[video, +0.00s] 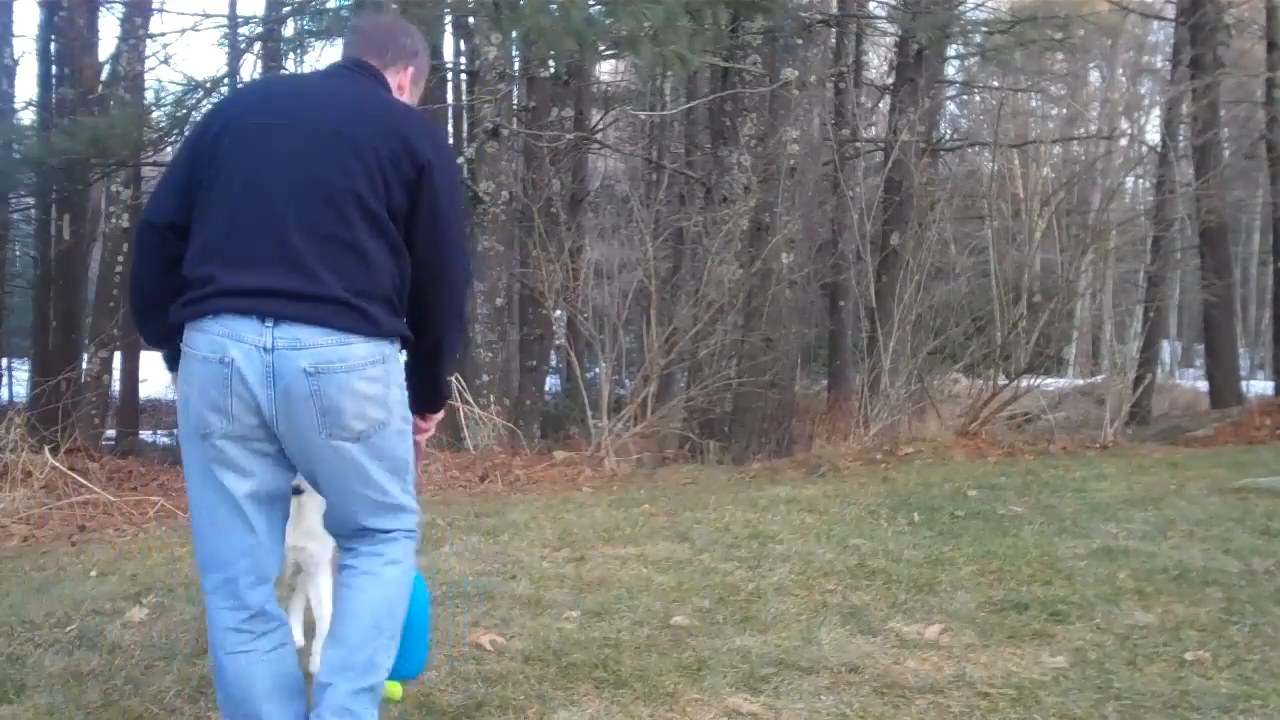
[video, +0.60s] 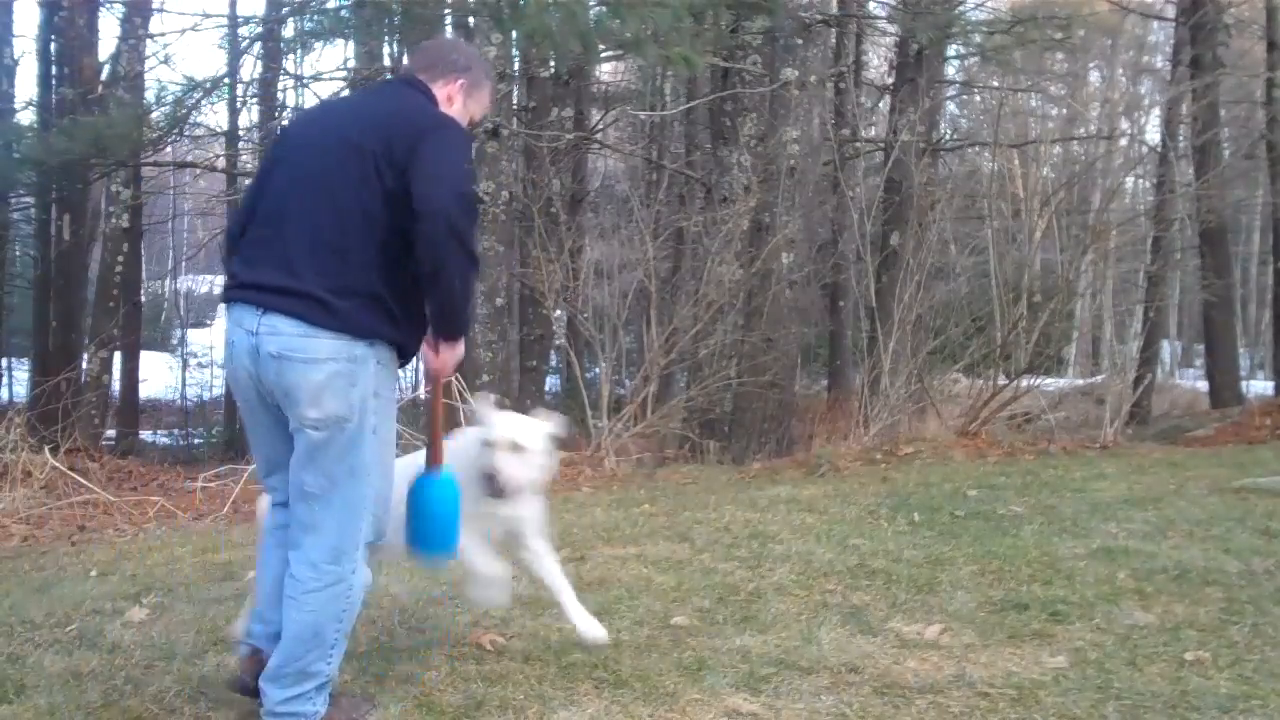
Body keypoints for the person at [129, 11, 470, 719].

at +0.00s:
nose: (419, 102)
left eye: (421, 92)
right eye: (421, 91)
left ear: (343, 61)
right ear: (403, 76)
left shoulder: (237, 105)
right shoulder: (415, 135)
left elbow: (157, 231)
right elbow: (443, 277)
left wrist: (180, 343)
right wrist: (430, 387)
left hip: (215, 352)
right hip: (346, 357)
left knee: (239, 587)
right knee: (377, 536)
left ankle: (264, 711)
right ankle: (344, 706)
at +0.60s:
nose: (469, 131)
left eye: (475, 122)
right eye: (473, 118)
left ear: (414, 78)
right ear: (453, 89)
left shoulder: (321, 114)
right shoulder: (436, 129)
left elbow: (247, 221)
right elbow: (444, 227)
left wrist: (261, 301)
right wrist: (450, 329)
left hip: (247, 335)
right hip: (333, 348)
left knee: (287, 500)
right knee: (335, 535)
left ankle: (263, 650)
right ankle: (297, 701)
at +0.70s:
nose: (478, 133)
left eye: (487, 123)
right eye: (486, 118)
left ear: (431, 75)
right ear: (465, 84)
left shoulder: (363, 110)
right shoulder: (430, 112)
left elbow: (347, 234)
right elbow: (429, 176)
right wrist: (446, 275)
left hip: (267, 332)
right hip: (334, 341)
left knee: (329, 510)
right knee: (337, 533)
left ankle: (354, 653)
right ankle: (293, 701)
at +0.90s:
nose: (516, 134)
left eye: (525, 125)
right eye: (520, 117)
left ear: (487, 89)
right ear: (490, 85)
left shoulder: (443, 133)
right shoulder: (431, 117)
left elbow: (437, 249)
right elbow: (393, 203)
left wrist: (449, 330)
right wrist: (427, 306)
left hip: (389, 346)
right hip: (350, 342)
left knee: (424, 504)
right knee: (358, 528)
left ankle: (429, 655)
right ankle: (295, 700)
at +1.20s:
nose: (568, 107)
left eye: (577, 97)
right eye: (563, 88)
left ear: (570, 94)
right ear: (520, 65)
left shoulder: (524, 153)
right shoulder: (452, 113)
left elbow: (510, 259)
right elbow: (375, 186)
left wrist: (538, 331)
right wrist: (435, 280)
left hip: (450, 336)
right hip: (395, 324)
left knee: (475, 486)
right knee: (474, 483)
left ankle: (441, 645)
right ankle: (398, 640)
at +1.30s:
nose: (574, 98)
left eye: (585, 87)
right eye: (565, 80)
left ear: (589, 86)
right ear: (525, 60)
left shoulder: (550, 156)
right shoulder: (457, 113)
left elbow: (547, 256)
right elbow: (376, 186)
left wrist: (562, 331)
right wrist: (438, 274)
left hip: (485, 338)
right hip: (414, 326)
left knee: (457, 489)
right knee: (496, 476)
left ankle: (428, 652)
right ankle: (478, 660)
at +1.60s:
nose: (594, 87)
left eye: (606, 73)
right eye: (580, 71)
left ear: (618, 68)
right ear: (541, 61)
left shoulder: (616, 146)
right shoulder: (482, 129)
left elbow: (633, 247)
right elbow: (407, 217)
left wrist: (647, 303)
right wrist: (479, 265)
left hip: (567, 356)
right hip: (486, 349)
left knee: (513, 508)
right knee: (554, 506)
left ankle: (440, 653)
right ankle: (578, 691)